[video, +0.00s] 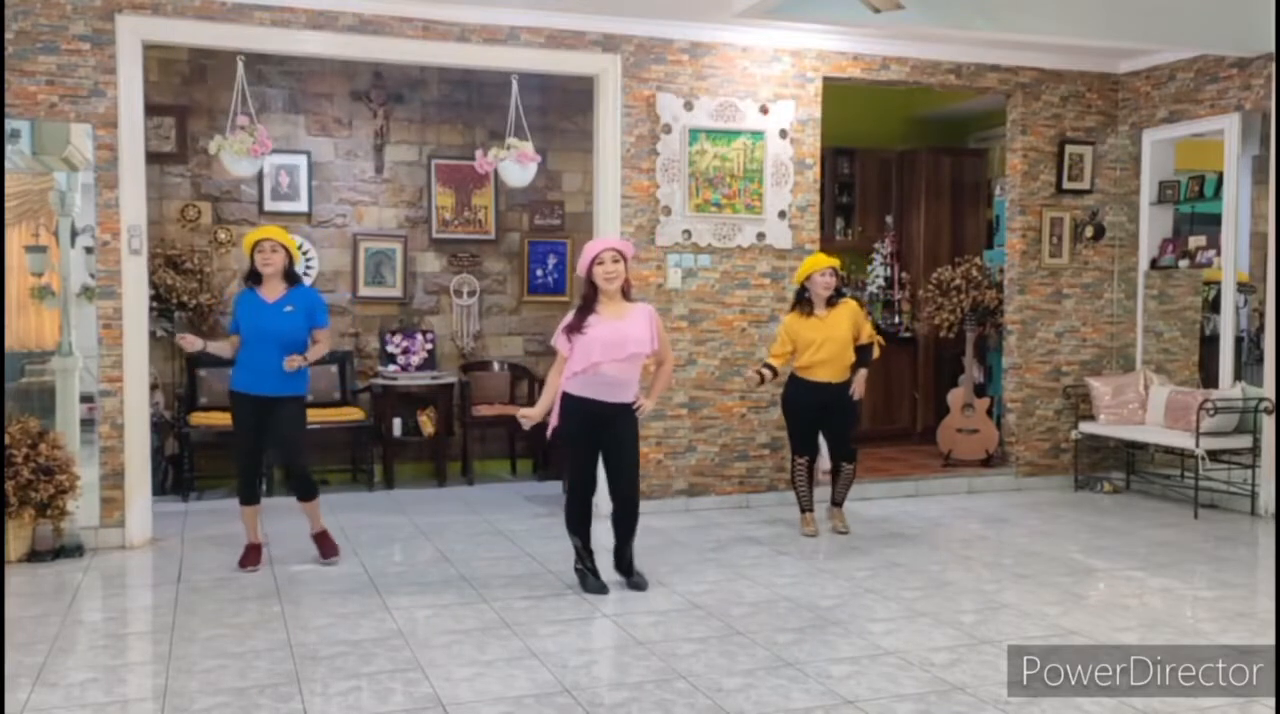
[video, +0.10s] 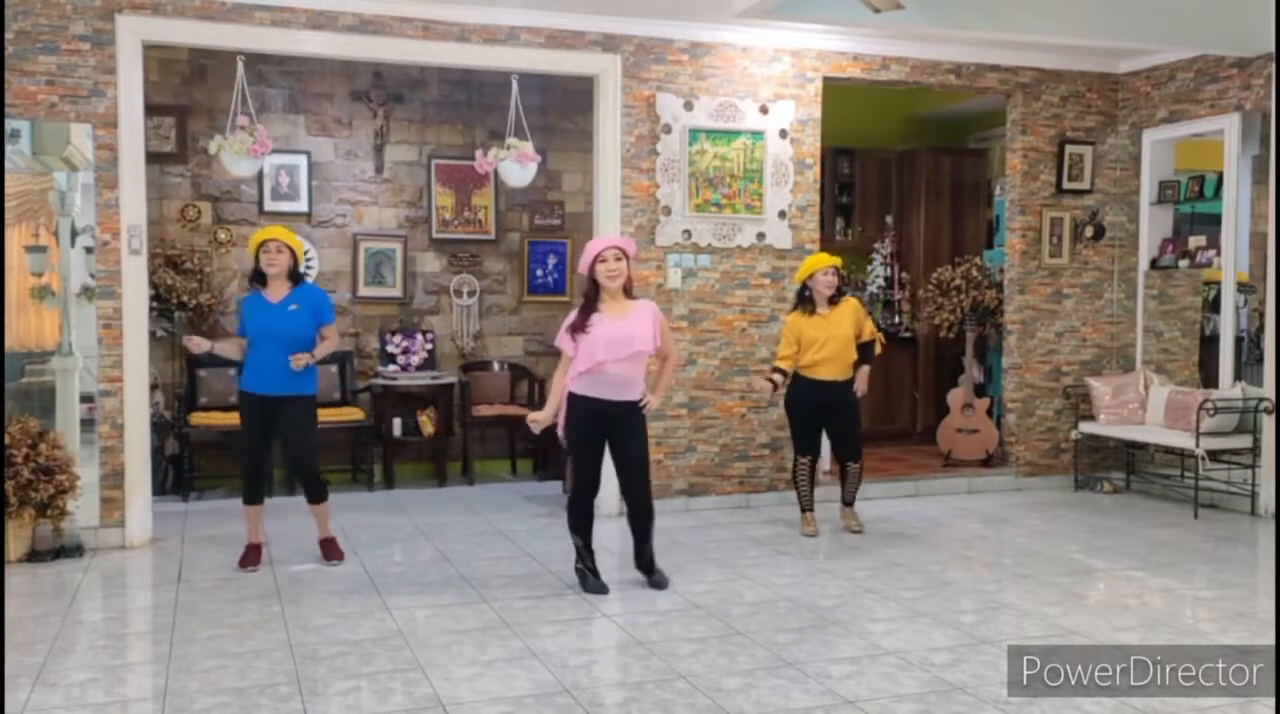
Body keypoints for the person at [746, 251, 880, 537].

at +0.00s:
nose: (829, 280)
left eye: (832, 274)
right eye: (822, 275)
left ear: (837, 280)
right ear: (807, 282)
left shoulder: (850, 309)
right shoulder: (794, 320)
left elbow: (867, 342)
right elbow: (779, 358)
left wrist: (862, 374)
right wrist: (762, 373)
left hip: (839, 392)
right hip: (802, 392)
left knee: (845, 455)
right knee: (803, 453)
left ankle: (837, 509)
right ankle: (807, 514)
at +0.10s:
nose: (832, 279)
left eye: (834, 274)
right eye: (825, 274)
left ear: (839, 279)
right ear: (809, 281)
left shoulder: (852, 308)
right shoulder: (796, 319)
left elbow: (868, 339)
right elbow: (786, 357)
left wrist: (864, 371)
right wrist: (777, 378)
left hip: (841, 390)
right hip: (805, 389)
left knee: (852, 452)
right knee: (805, 452)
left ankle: (848, 508)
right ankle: (807, 513)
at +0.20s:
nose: (835, 278)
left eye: (838, 273)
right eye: (828, 273)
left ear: (842, 279)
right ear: (813, 280)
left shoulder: (854, 307)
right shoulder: (800, 318)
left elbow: (872, 337)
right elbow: (792, 357)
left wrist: (868, 369)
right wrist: (788, 385)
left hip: (847, 389)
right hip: (809, 390)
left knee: (853, 454)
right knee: (808, 454)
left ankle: (856, 512)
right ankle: (808, 513)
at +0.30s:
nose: (839, 278)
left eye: (842, 273)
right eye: (832, 273)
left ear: (846, 278)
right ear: (817, 280)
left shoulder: (858, 306)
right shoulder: (805, 318)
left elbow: (877, 334)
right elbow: (800, 358)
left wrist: (874, 367)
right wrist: (801, 390)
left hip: (854, 388)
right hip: (819, 389)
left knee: (859, 453)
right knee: (814, 452)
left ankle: (857, 512)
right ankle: (809, 513)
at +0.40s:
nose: (845, 278)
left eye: (848, 273)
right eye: (838, 273)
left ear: (852, 279)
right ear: (822, 280)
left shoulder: (862, 305)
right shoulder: (811, 317)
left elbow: (881, 332)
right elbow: (807, 358)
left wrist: (880, 365)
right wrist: (812, 392)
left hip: (861, 387)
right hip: (826, 388)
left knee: (862, 452)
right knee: (820, 453)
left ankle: (857, 511)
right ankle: (810, 512)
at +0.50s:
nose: (851, 279)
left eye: (854, 274)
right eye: (844, 274)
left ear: (857, 280)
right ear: (828, 281)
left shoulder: (867, 307)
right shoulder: (817, 318)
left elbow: (886, 333)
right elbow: (813, 360)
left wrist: (885, 365)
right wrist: (821, 393)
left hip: (866, 388)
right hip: (832, 388)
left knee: (866, 453)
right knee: (826, 453)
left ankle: (858, 512)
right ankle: (811, 512)